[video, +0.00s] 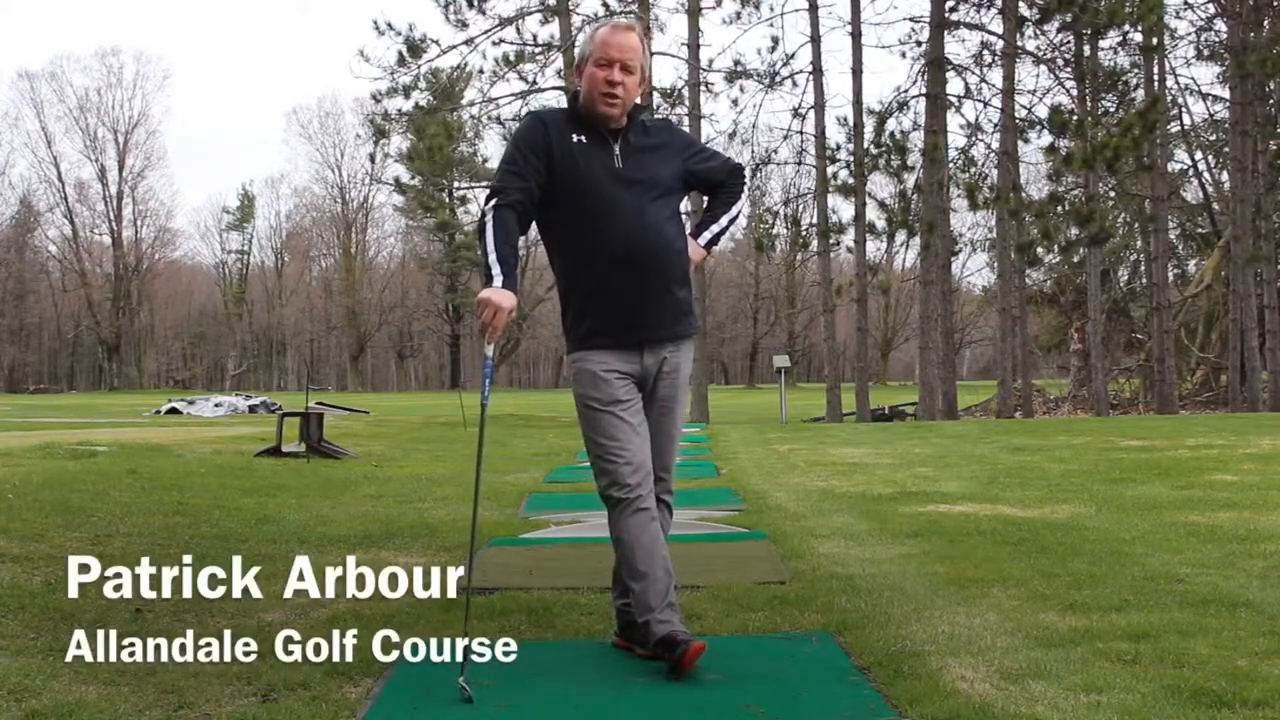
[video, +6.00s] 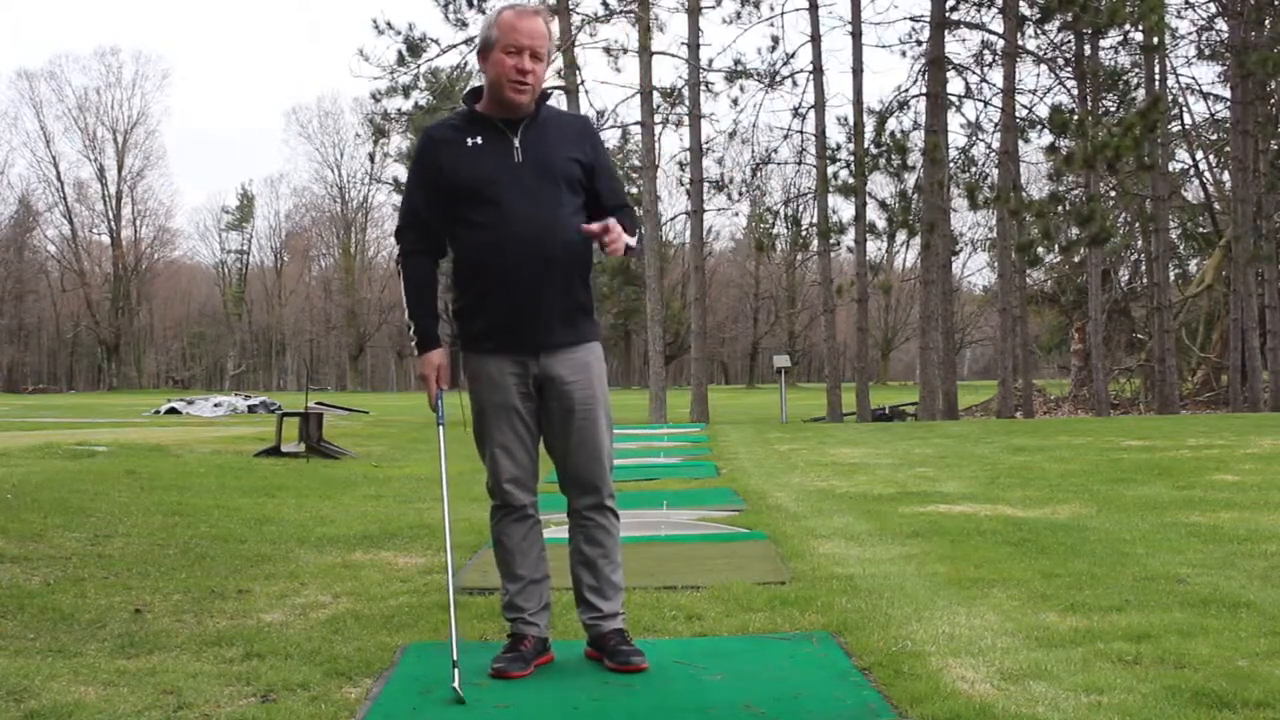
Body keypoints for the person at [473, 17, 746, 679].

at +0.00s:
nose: (613, 78)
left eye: (626, 69)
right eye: (603, 65)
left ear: (641, 82)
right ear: (579, 71)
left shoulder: (666, 139)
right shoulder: (544, 132)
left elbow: (731, 179)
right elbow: (506, 204)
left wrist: (702, 239)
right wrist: (502, 281)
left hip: (672, 339)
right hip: (597, 343)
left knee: (657, 488)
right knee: (631, 485)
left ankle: (633, 619)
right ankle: (667, 631)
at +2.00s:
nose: (607, 75)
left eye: (620, 66)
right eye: (598, 63)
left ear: (642, 80)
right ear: (580, 71)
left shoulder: (664, 149)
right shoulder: (549, 129)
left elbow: (704, 233)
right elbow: (508, 205)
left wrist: (742, 198)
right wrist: (500, 283)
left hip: (672, 342)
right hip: (600, 348)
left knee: (657, 490)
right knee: (628, 488)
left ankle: (634, 620)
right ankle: (663, 627)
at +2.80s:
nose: (597, 75)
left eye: (611, 64)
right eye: (587, 63)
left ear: (634, 75)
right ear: (571, 70)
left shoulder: (661, 144)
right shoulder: (541, 128)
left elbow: (696, 240)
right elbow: (497, 207)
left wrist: (690, 223)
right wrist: (497, 284)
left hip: (655, 340)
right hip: (576, 340)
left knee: (647, 483)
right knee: (585, 466)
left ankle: (638, 615)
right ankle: (594, 622)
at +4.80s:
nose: (541, 66)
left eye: (553, 55)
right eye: (528, 52)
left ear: (565, 65)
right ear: (499, 59)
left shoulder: (590, 134)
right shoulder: (456, 139)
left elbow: (644, 213)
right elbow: (430, 241)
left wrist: (650, 190)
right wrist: (433, 334)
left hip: (579, 341)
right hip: (497, 346)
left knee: (595, 493)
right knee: (516, 496)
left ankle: (608, 627)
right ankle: (527, 630)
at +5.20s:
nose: (544, 68)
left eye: (554, 58)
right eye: (531, 55)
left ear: (563, 66)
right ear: (496, 59)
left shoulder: (582, 132)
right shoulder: (451, 141)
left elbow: (622, 206)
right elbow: (426, 246)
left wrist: (637, 240)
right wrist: (430, 339)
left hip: (577, 341)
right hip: (494, 346)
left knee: (594, 493)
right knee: (514, 496)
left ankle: (608, 628)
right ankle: (527, 631)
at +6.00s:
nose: (526, 67)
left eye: (537, 56)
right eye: (513, 53)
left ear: (548, 64)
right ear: (484, 58)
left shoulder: (576, 133)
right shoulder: (442, 143)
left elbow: (621, 216)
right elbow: (417, 245)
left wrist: (619, 232)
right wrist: (428, 342)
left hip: (572, 338)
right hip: (488, 344)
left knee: (593, 492)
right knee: (511, 496)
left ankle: (607, 628)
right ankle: (528, 632)